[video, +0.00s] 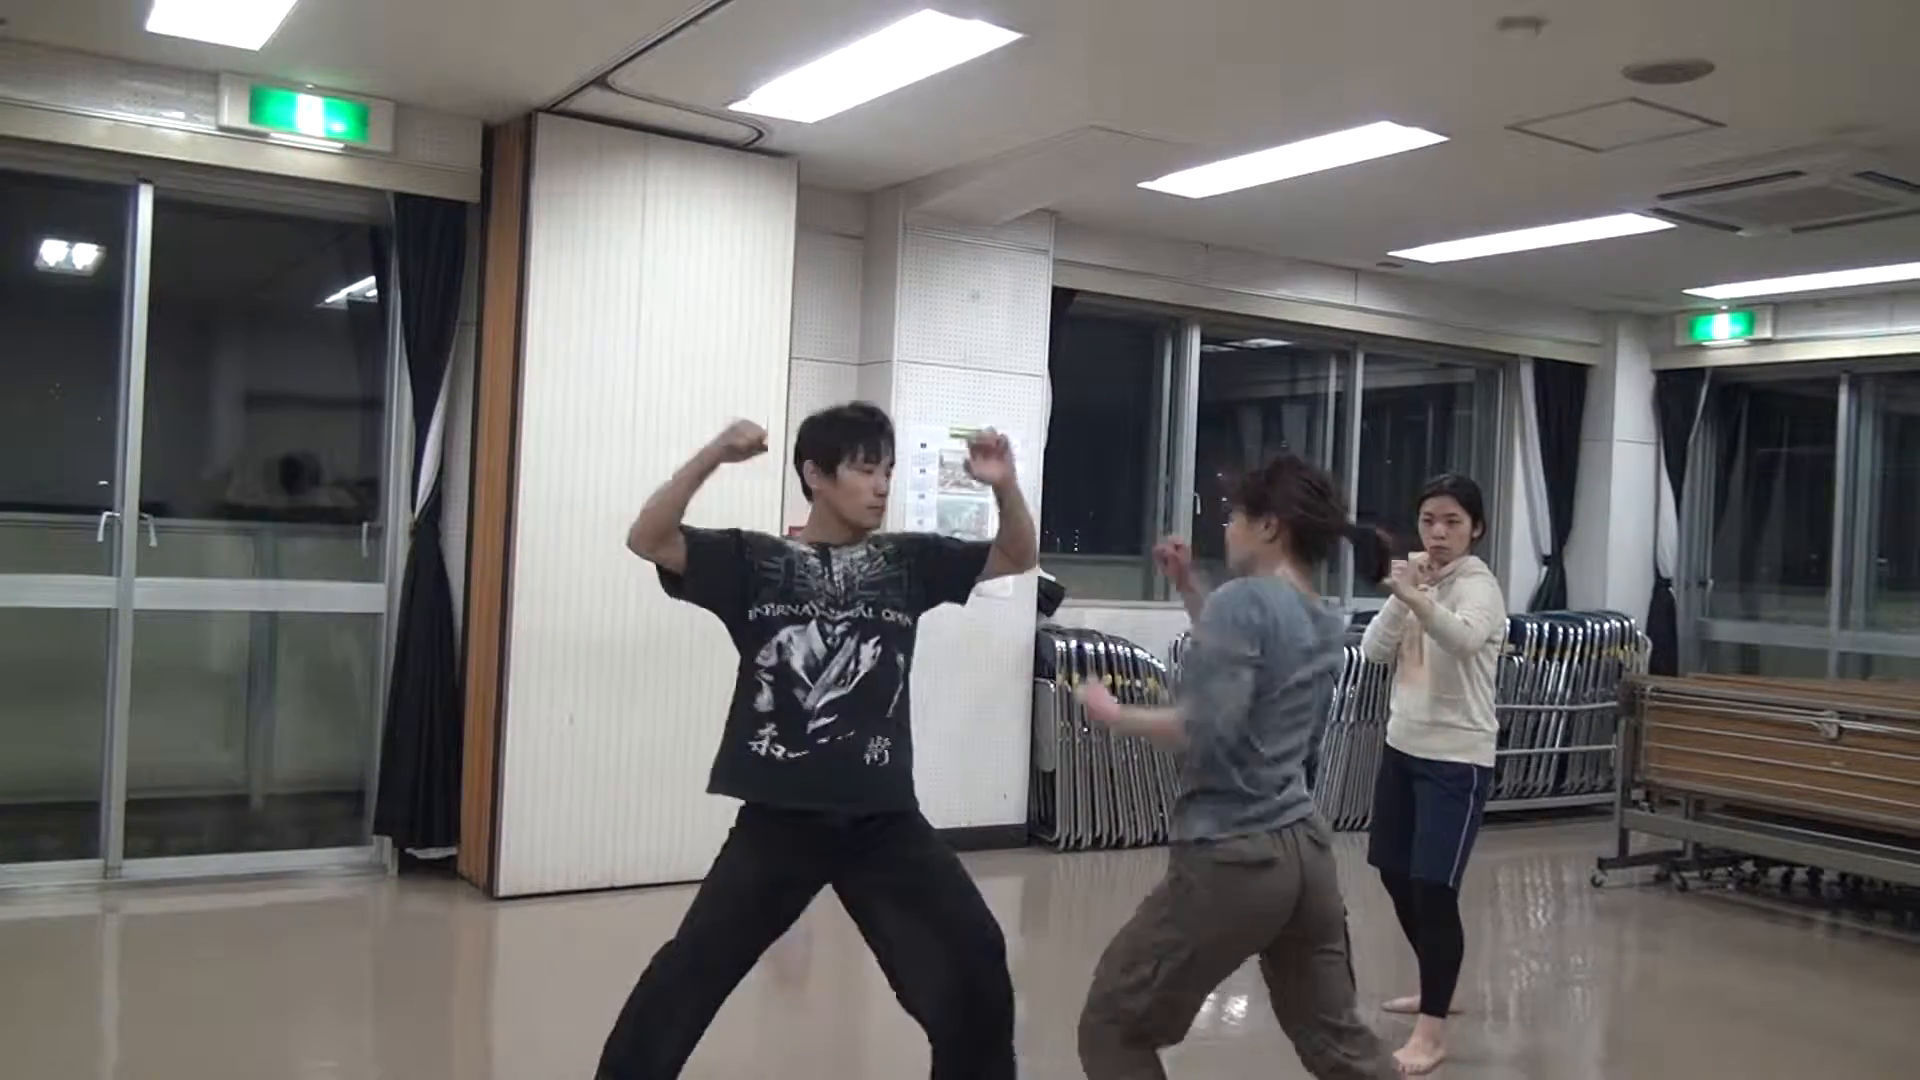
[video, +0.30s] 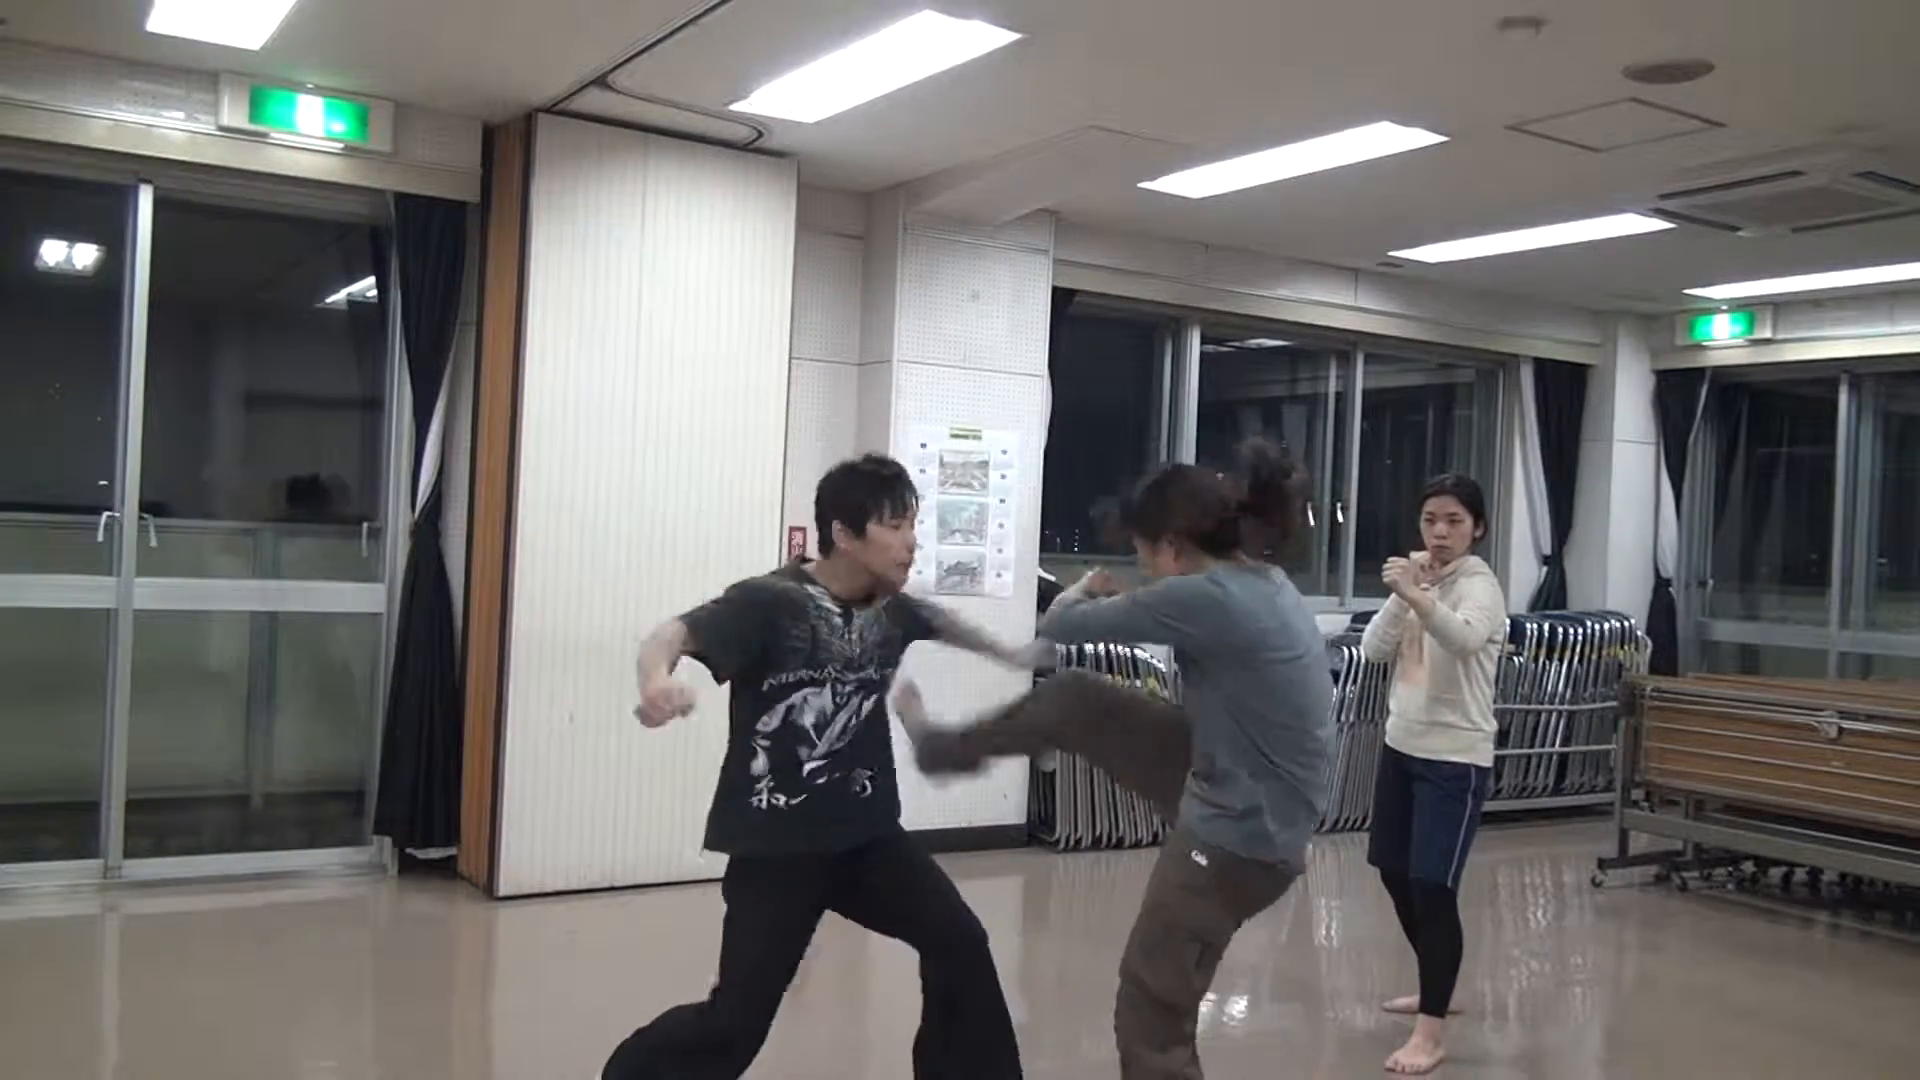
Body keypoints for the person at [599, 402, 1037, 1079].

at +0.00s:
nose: (882, 483)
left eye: (887, 469)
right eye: (865, 469)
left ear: (890, 476)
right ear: (815, 477)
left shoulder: (907, 560)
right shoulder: (753, 561)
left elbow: (1017, 554)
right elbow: (648, 539)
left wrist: (1006, 486)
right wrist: (709, 457)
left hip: (883, 822)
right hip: (778, 822)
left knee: (972, 959)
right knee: (688, 974)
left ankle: (980, 1077)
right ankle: (620, 1075)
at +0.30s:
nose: (913, 543)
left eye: (913, 526)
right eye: (896, 525)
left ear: (857, 537)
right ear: (843, 534)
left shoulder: (893, 611)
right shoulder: (769, 603)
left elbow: (952, 627)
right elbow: (667, 637)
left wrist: (1008, 652)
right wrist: (654, 684)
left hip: (864, 843)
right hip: (775, 851)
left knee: (958, 941)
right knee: (734, 1029)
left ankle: (970, 1074)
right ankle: (631, 1069)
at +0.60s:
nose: (725, 537)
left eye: (718, 521)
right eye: (710, 523)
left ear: (671, 537)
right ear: (670, 538)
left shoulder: (634, 603)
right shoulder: (633, 610)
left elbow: (712, 689)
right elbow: (709, 692)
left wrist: (786, 728)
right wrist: (795, 737)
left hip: (633, 816)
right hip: (581, 831)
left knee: (731, 899)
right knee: (689, 959)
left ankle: (674, 1064)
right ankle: (613, 1071)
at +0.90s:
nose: (593, 768)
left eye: (599, 756)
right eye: (594, 752)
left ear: (540, 727)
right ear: (556, 738)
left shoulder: (459, 710)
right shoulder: (481, 775)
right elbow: (484, 898)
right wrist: (524, 1009)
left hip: (276, 825)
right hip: (314, 840)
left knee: (355, 918)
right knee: (442, 905)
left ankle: (257, 1010)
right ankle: (462, 1047)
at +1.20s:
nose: (422, 869)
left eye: (433, 859)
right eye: (429, 854)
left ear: (392, 808)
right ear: (399, 823)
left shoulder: (319, 795)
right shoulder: (345, 851)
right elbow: (373, 966)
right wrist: (433, 1055)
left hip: (132, 856)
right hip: (119, 896)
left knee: (284, 900)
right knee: (155, 1045)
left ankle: (242, 1030)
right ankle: (8, 1030)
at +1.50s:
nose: (346, 761)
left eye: (349, 746)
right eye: (341, 743)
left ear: (294, 730)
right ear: (299, 732)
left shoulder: (221, 752)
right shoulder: (248, 795)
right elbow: (219, 921)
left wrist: (222, 1024)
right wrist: (216, 1044)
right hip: (64, 917)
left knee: (234, 894)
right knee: (132, 1060)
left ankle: (226, 1025)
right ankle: (6, 1030)